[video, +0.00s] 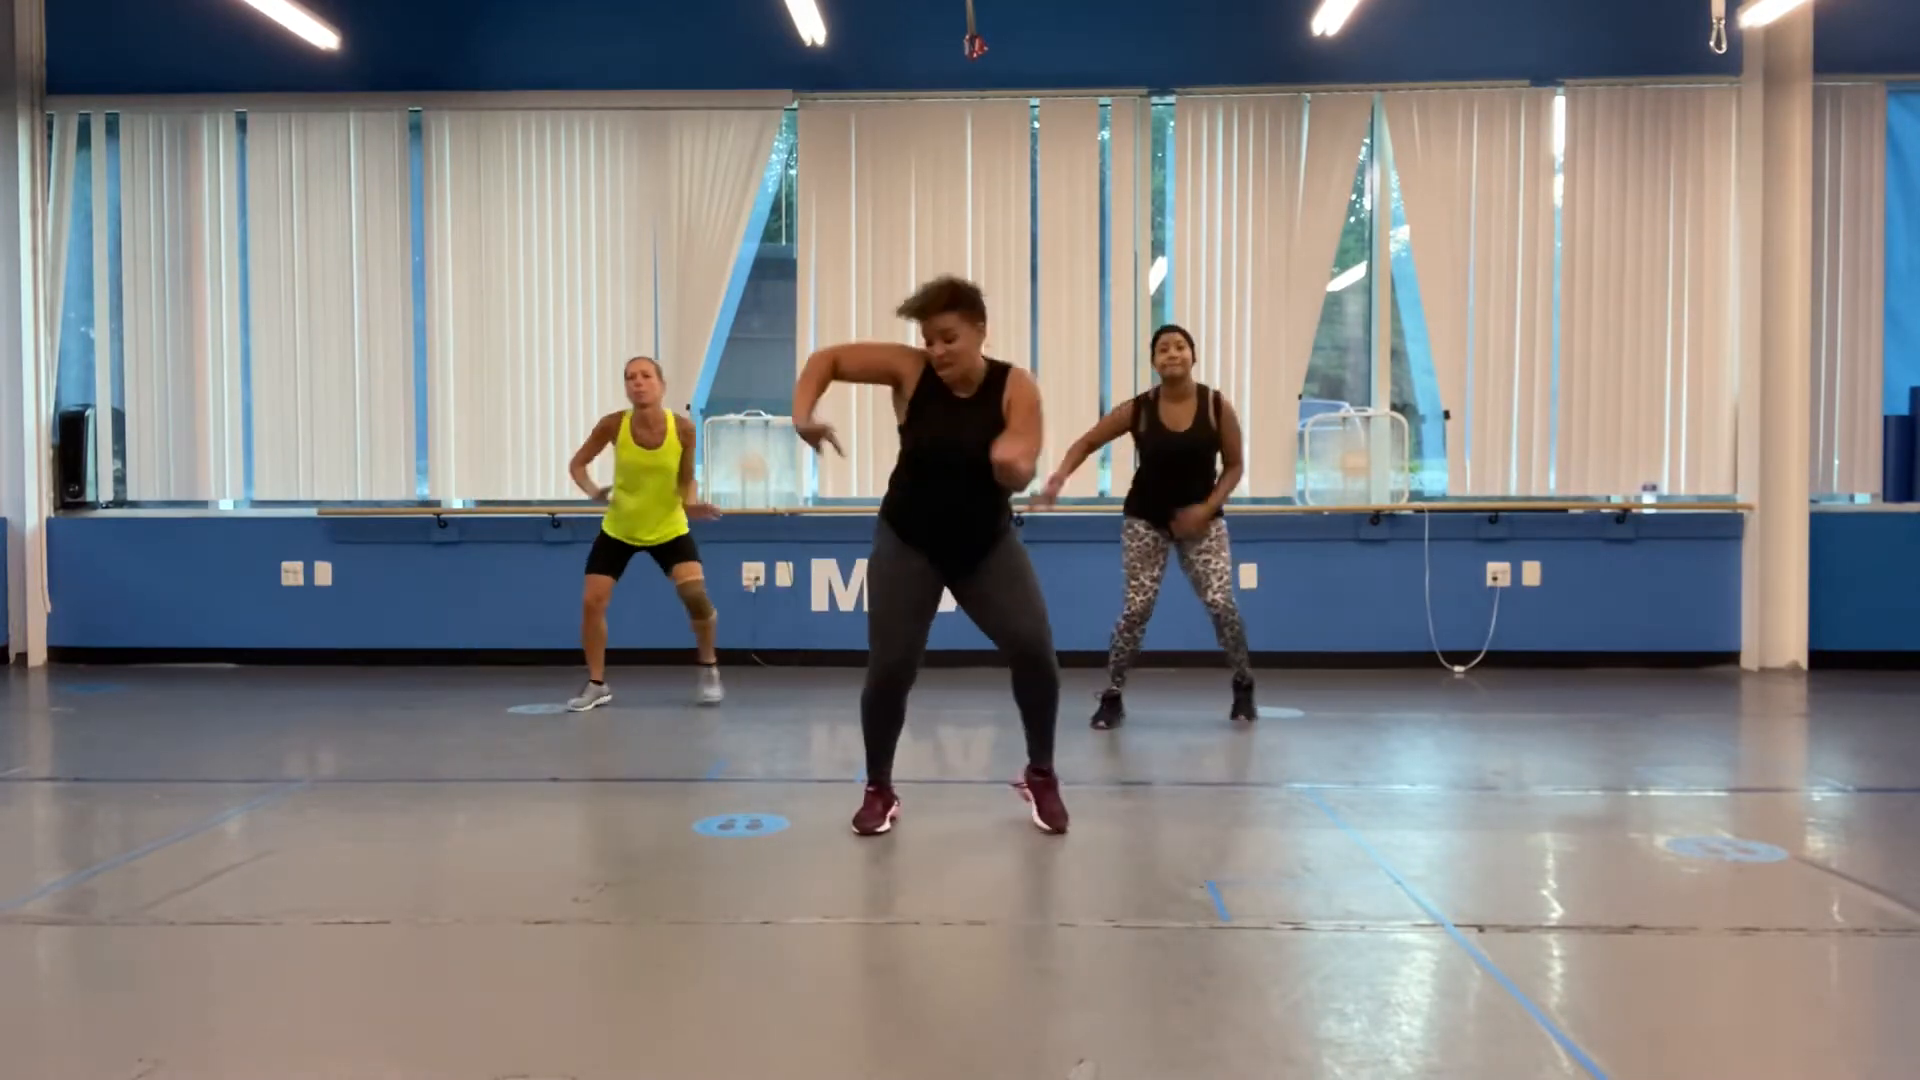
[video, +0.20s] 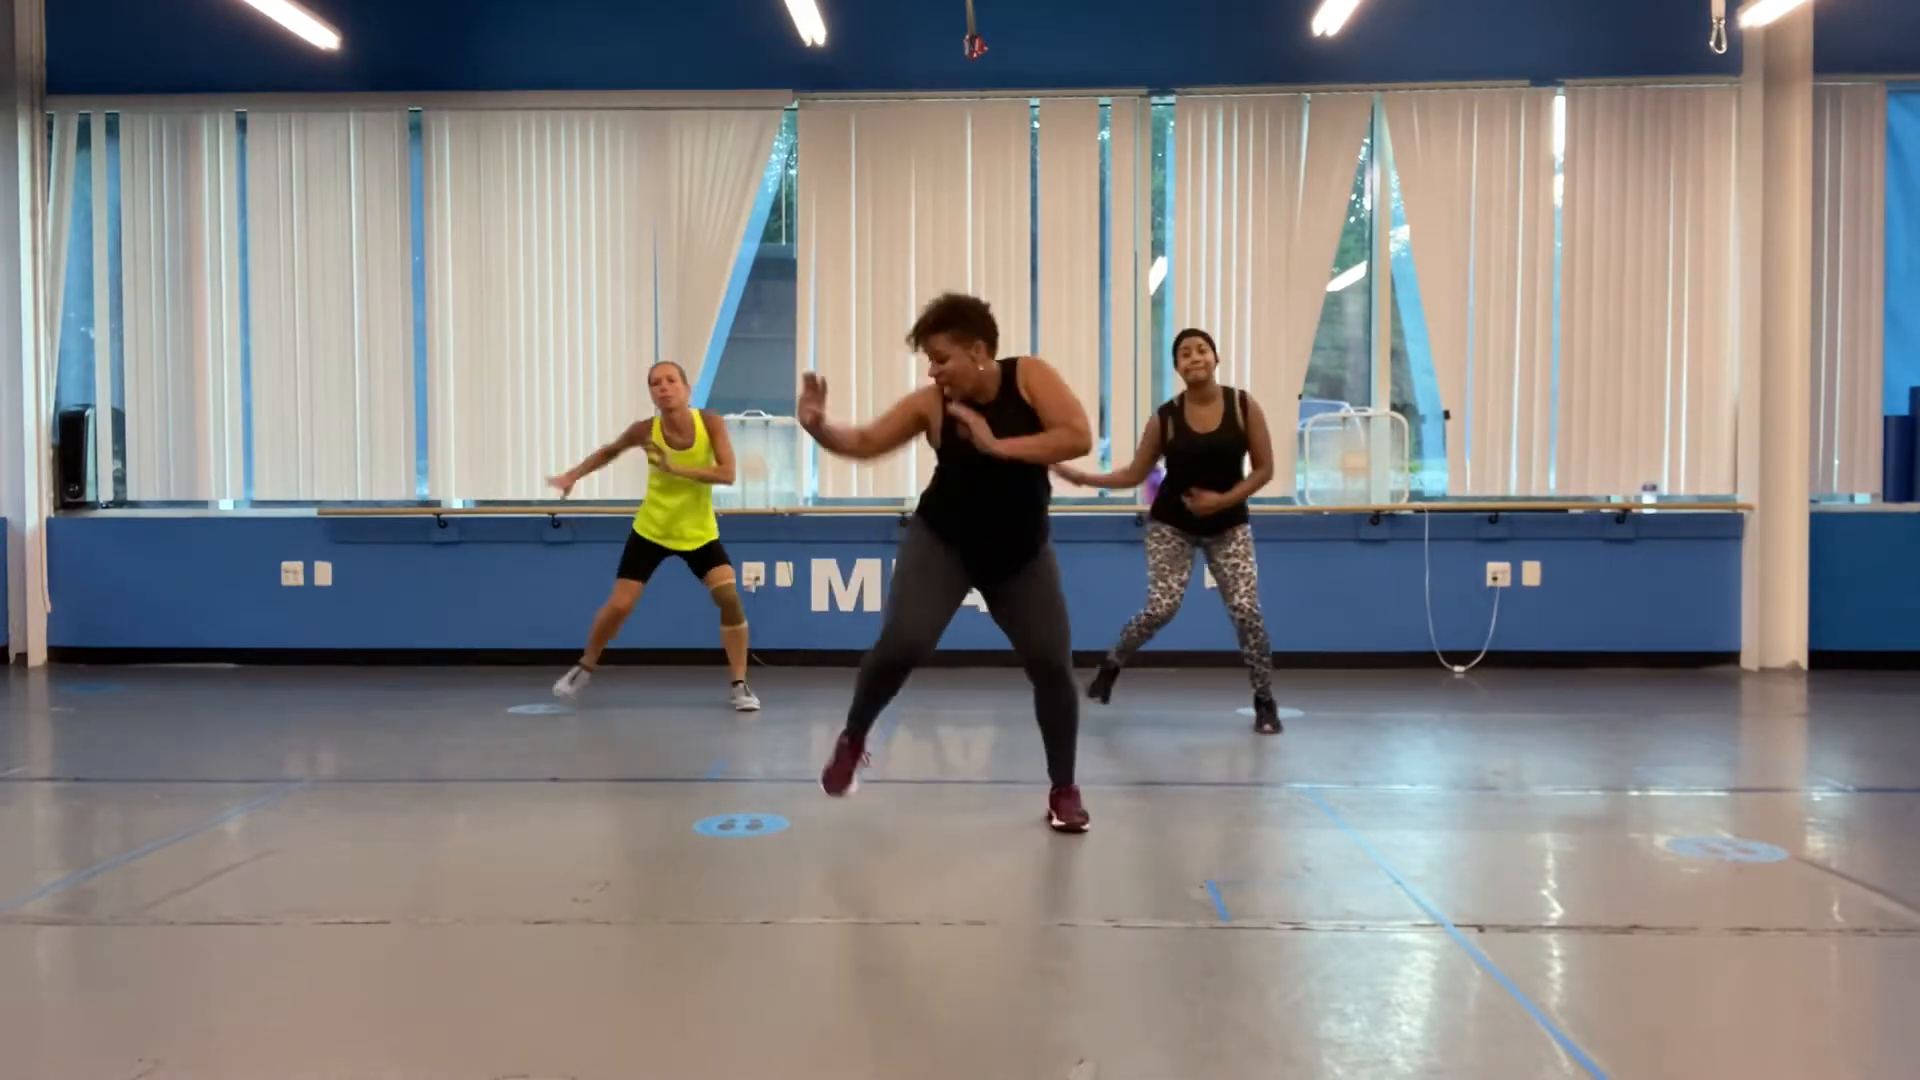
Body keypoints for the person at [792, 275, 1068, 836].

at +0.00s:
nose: (937, 350)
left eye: (949, 339)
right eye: (929, 339)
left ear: (980, 332)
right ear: (922, 337)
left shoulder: (1016, 388)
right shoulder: (908, 367)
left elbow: (1021, 467)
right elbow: (825, 359)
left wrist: (1005, 460)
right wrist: (801, 415)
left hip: (986, 545)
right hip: (907, 542)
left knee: (1035, 651)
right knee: (891, 668)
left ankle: (1041, 774)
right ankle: (878, 790)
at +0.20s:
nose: (933, 372)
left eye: (941, 360)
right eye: (930, 361)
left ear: (980, 351)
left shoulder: (1030, 376)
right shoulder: (928, 404)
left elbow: (1078, 436)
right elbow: (866, 443)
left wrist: (999, 445)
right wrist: (819, 427)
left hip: (1018, 550)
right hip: (942, 544)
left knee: (1053, 666)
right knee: (900, 650)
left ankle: (1064, 790)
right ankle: (853, 738)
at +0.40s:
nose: (901, 374)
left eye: (909, 362)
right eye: (899, 363)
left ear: (947, 358)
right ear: (928, 363)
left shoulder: (1008, 377)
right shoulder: (909, 426)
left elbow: (1083, 408)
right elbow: (925, 513)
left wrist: (1050, 449)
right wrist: (884, 492)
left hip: (1018, 556)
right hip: (940, 561)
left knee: (1054, 669)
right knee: (899, 667)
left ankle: (1065, 790)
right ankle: (894, 779)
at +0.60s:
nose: (837, 368)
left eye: (846, 356)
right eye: (836, 356)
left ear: (884, 354)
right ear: (865, 356)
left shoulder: (939, 362)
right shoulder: (841, 409)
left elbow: (1015, 355)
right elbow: (863, 495)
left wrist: (1042, 378)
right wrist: (878, 450)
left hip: (967, 540)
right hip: (889, 549)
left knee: (1019, 655)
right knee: (839, 660)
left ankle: (1062, 780)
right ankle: (838, 776)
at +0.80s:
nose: (783, 367)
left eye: (792, 355)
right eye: (781, 355)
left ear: (831, 352)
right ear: (815, 355)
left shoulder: (893, 366)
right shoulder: (793, 413)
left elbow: (967, 368)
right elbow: (808, 494)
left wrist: (1013, 391)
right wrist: (841, 460)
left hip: (914, 542)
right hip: (839, 550)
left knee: (933, 663)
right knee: (799, 664)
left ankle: (927, 784)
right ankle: (835, 772)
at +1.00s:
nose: (757, 340)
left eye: (771, 330)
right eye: (748, 330)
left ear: (799, 338)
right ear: (741, 337)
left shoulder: (839, 375)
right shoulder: (730, 391)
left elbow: (914, 390)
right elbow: (723, 455)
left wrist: (974, 395)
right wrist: (784, 403)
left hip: (867, 529)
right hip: (792, 544)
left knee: (918, 645)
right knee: (747, 658)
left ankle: (961, 754)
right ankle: (722, 783)